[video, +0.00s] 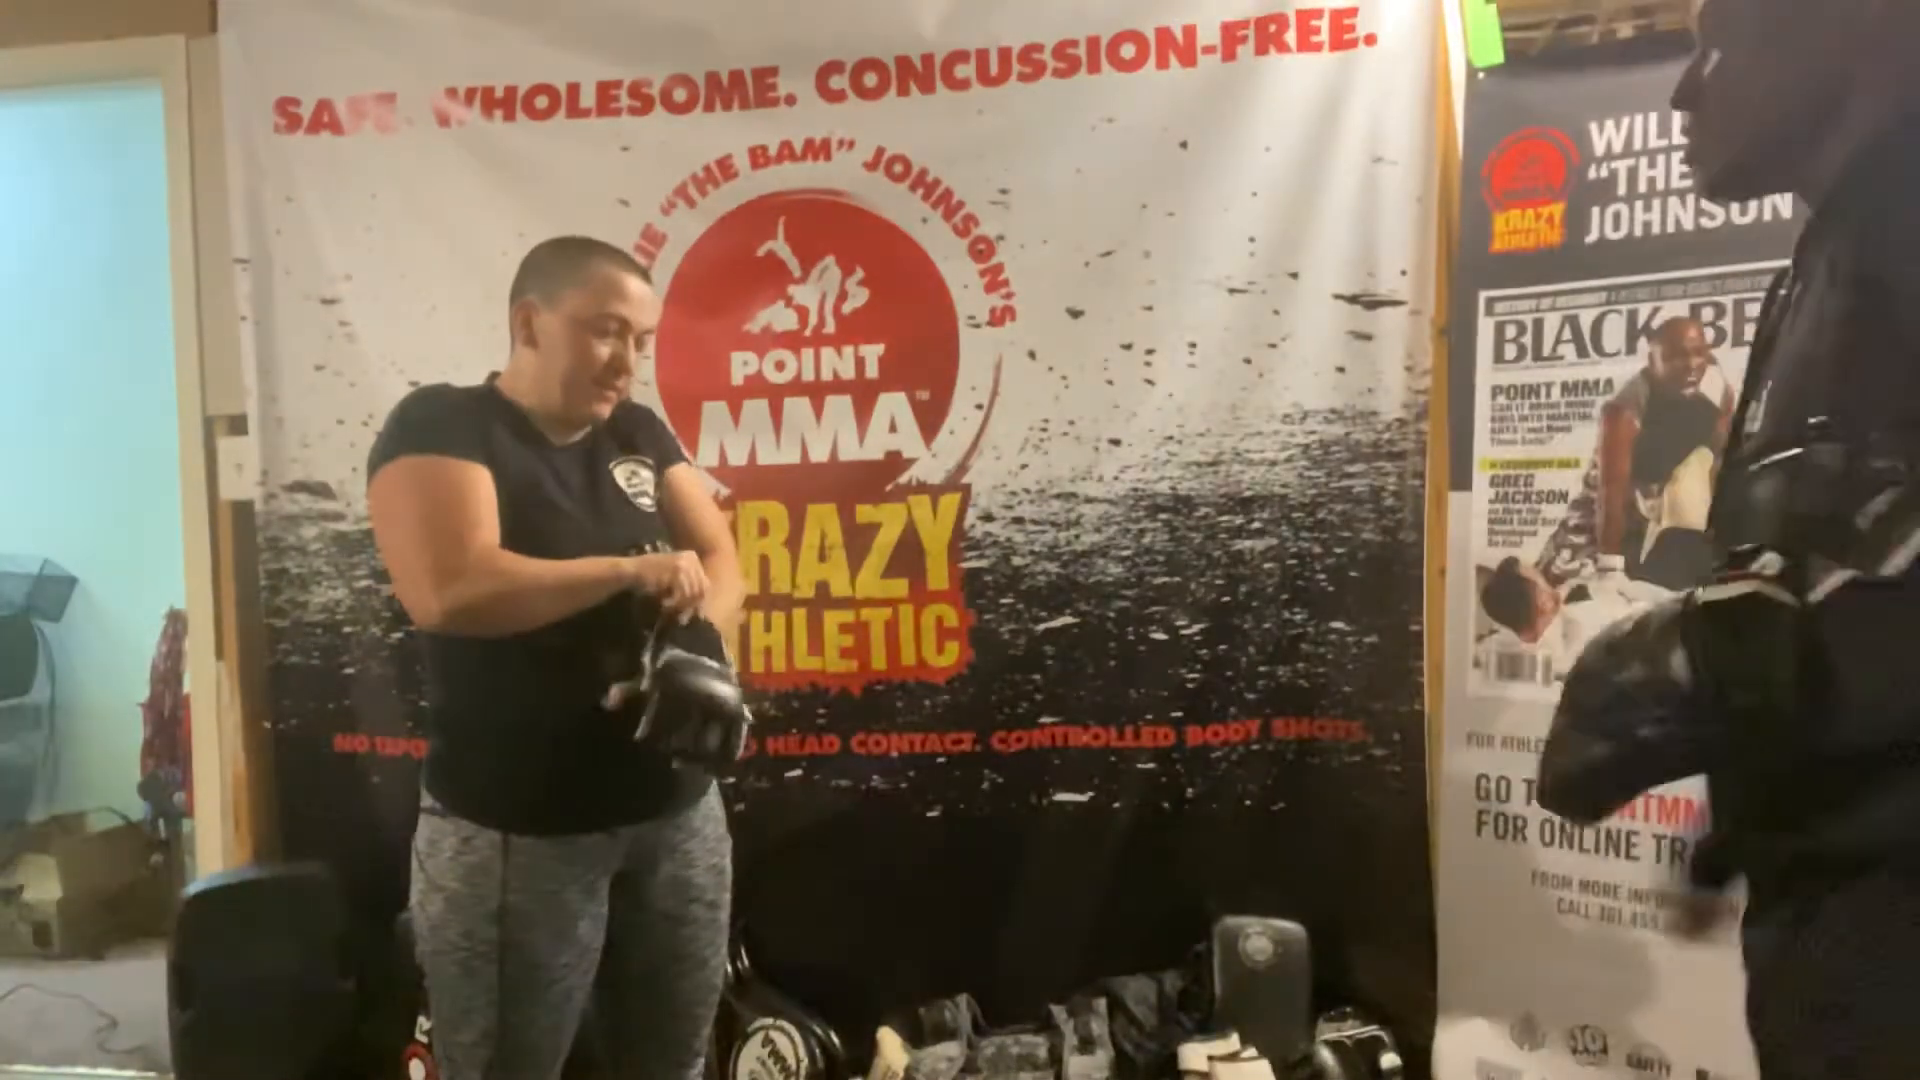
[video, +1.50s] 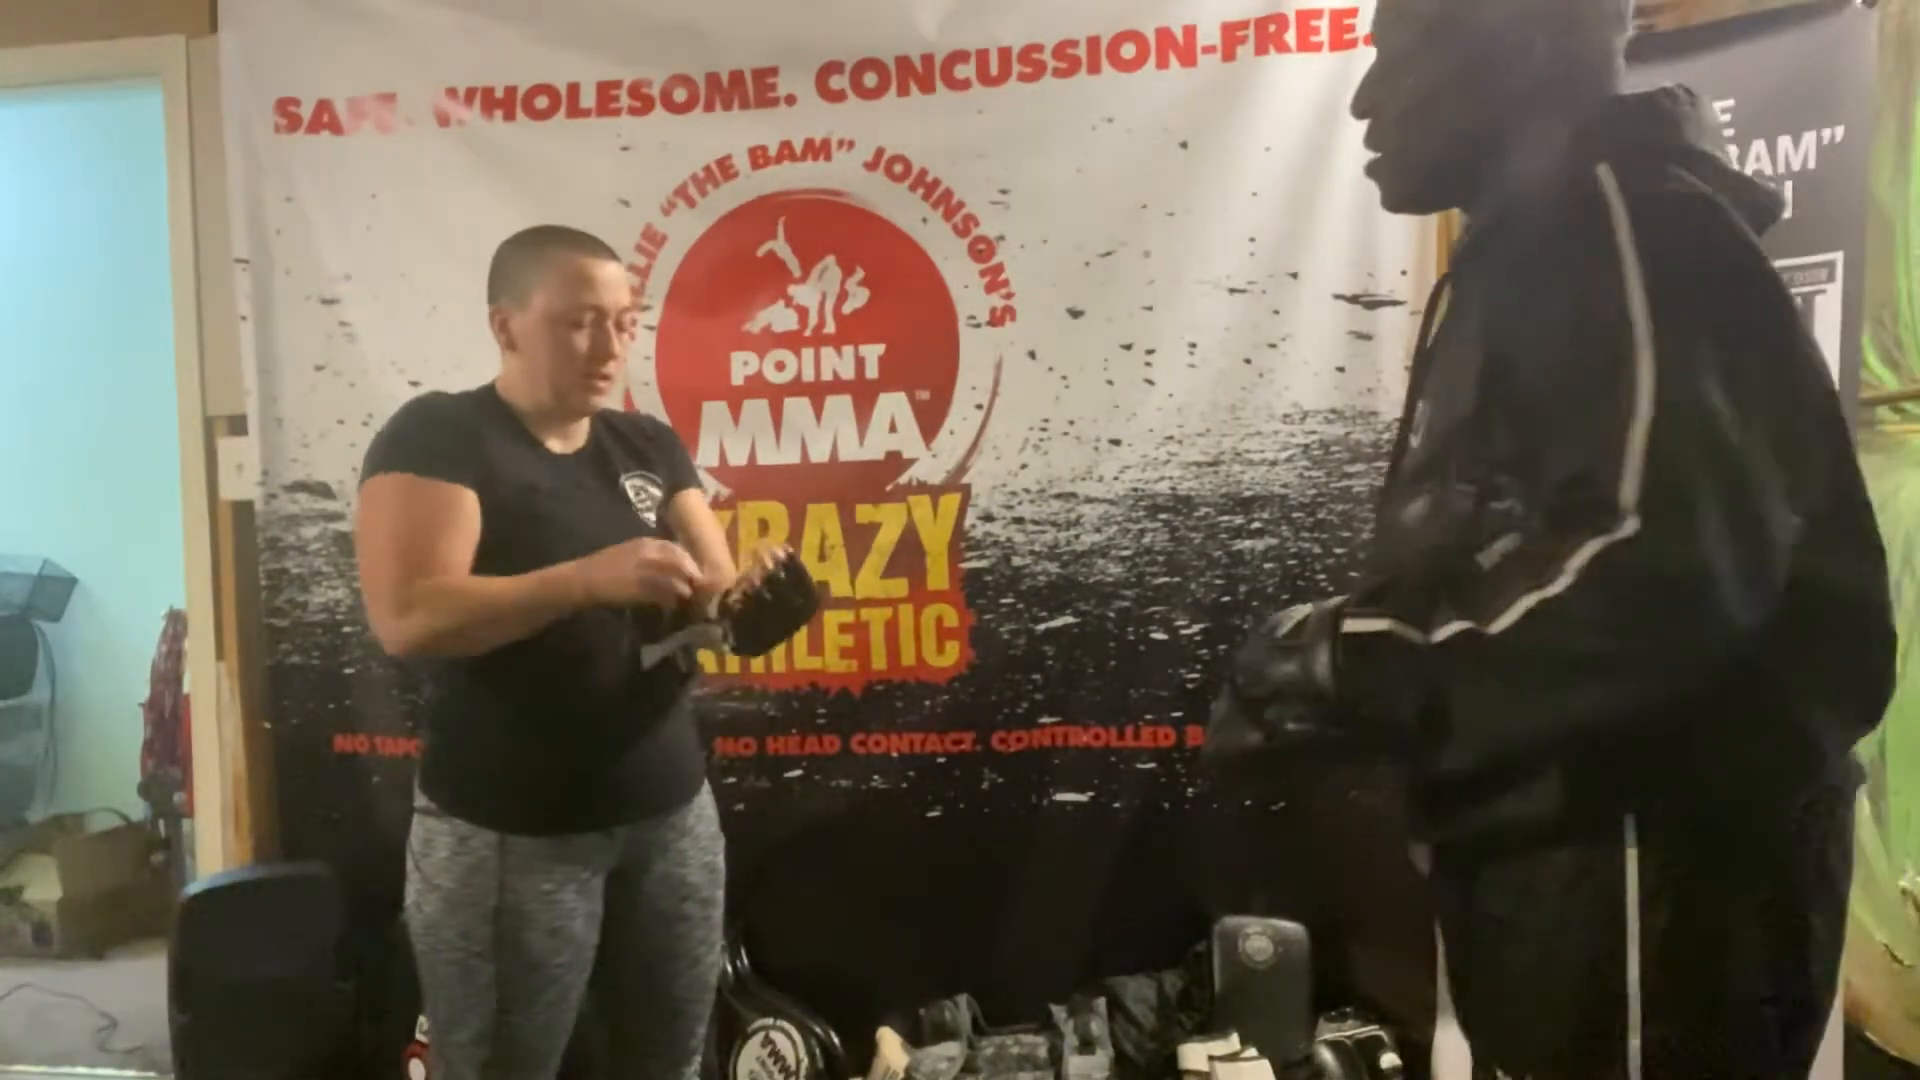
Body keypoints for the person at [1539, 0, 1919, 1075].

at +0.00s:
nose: (1685, 81)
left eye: (1716, 33)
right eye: (1694, 42)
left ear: (1864, 22)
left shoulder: (1894, 206)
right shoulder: (1836, 240)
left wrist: (1739, 669)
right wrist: (1743, 823)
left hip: (1885, 912)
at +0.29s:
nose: (1733, 92)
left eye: (1769, 49)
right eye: (1747, 58)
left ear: (1877, 49)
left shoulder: (1894, 210)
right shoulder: (1859, 221)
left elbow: (1892, 498)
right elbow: (1789, 453)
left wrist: (1612, 630)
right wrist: (1636, 602)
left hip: (1874, 792)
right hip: (1834, 788)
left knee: (1844, 1050)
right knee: (1825, 1047)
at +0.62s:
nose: (1686, 92)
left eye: (1724, 51)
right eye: (1698, 56)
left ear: (1831, 52)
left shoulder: (1881, 173)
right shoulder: (1813, 203)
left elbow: (1848, 477)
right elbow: (1728, 454)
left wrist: (1568, 629)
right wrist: (1571, 597)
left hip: (1855, 794)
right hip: (1800, 789)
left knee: (1814, 1052)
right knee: (1766, 1047)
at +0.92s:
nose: (1560, 48)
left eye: (1598, 16)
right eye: (1574, 23)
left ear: (1724, 33)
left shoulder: (1797, 199)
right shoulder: (1730, 209)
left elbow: (1780, 532)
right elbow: (1620, 479)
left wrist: (1497, 647)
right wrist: (1489, 611)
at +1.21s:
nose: (1402, 100)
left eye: (1439, 51)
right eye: (1416, 56)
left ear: (1556, 48)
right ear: (1555, 59)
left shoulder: (1619, 218)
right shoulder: (1583, 223)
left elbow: (1657, 563)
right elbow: (1525, 496)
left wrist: (1412, 684)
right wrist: (1434, 592)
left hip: (1704, 842)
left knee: (1676, 1061)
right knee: (1630, 1060)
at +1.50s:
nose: (1359, 97)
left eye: (1391, 44)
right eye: (1372, 51)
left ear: (1518, 35)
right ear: (1517, 47)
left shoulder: (1616, 209)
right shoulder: (1520, 234)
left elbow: (1674, 564)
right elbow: (1485, 540)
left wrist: (1345, 671)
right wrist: (1330, 641)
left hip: (1655, 880)